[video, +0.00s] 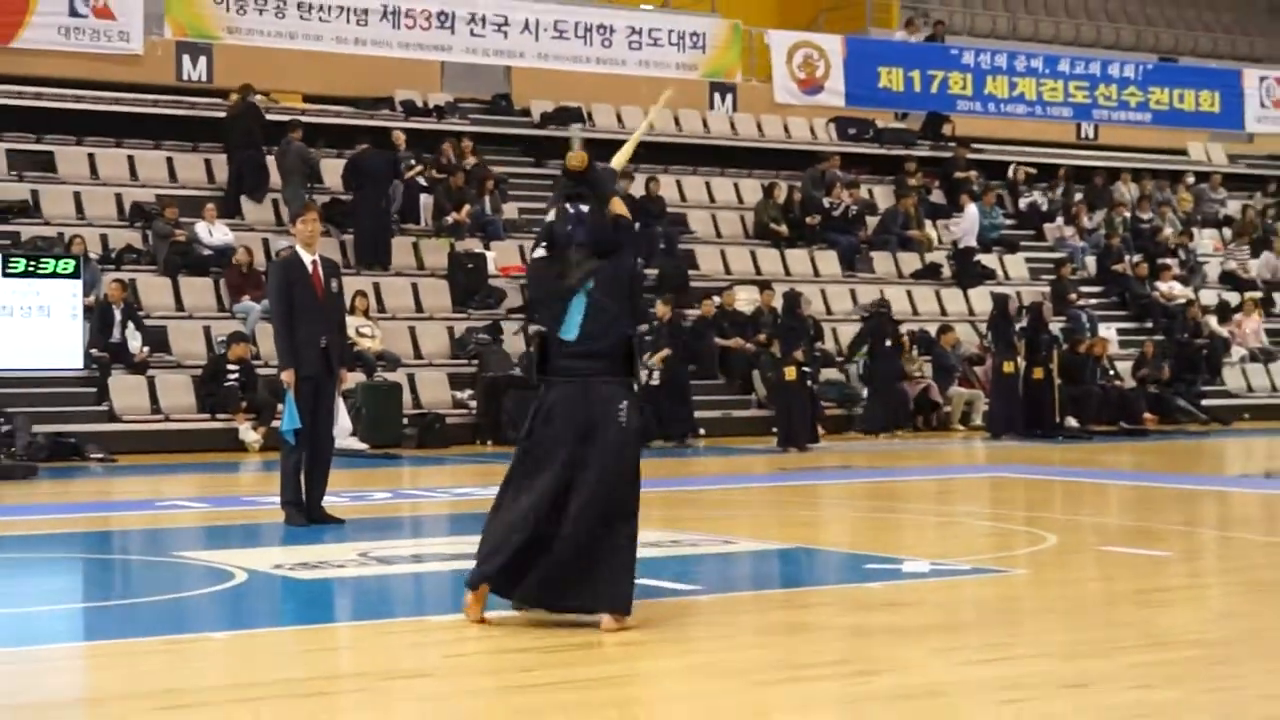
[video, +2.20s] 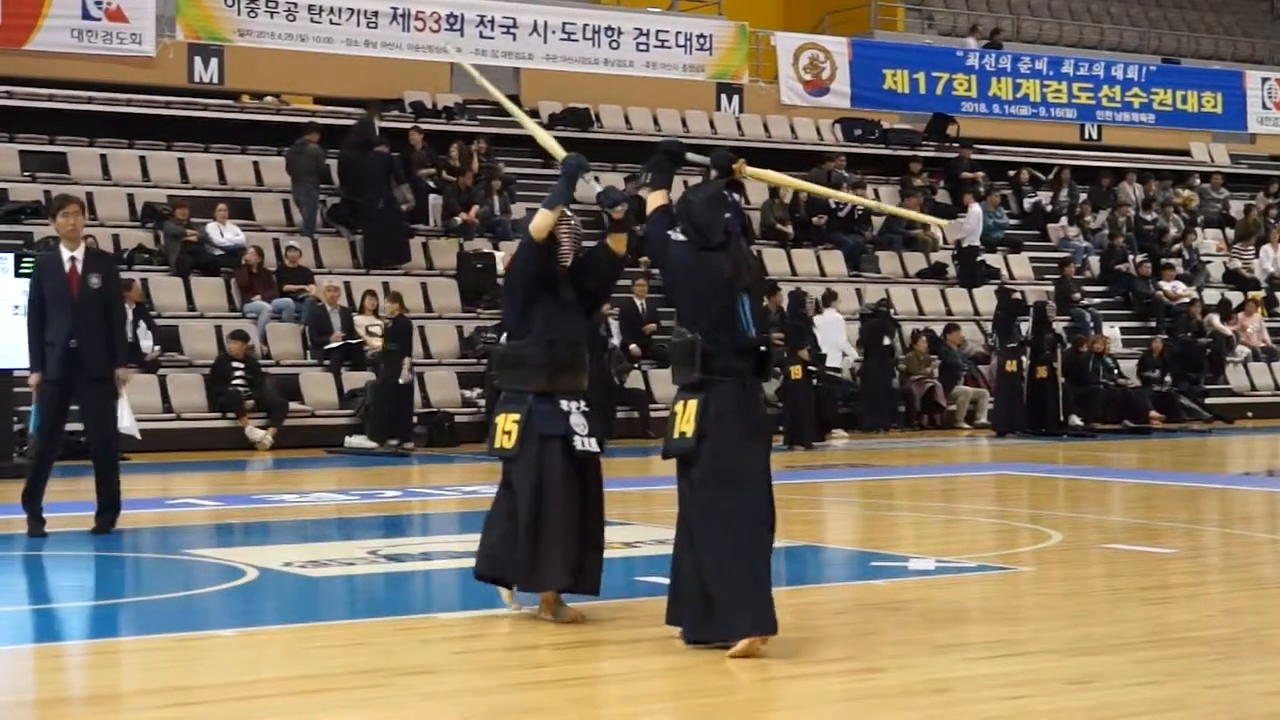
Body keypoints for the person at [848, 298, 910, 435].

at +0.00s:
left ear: (874, 310)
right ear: (887, 310)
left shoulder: (871, 323)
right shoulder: (892, 323)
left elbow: (858, 341)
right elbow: (898, 344)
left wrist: (849, 357)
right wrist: (894, 356)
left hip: (876, 363)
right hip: (892, 363)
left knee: (877, 395)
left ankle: (874, 425)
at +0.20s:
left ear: (881, 312)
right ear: (894, 313)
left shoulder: (872, 328)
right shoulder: (898, 329)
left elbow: (860, 346)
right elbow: (903, 351)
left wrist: (855, 360)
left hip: (877, 367)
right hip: (895, 367)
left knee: (878, 398)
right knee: (896, 398)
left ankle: (878, 427)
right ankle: (894, 428)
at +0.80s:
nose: (908, 316)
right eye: (909, 313)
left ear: (896, 311)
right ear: (909, 313)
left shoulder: (885, 325)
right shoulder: (910, 329)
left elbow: (875, 346)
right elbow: (913, 352)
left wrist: (876, 360)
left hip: (883, 366)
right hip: (900, 367)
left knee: (881, 395)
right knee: (900, 396)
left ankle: (879, 425)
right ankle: (898, 427)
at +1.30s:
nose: (891, 313)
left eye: (889, 310)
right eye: (892, 310)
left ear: (883, 310)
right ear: (896, 311)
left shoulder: (873, 326)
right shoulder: (898, 326)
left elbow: (868, 348)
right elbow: (902, 349)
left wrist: (874, 359)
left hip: (877, 367)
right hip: (894, 367)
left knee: (878, 396)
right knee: (898, 396)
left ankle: (878, 426)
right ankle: (900, 425)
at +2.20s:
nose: (889, 313)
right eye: (888, 310)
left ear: (875, 308)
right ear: (888, 310)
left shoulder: (868, 323)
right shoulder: (890, 323)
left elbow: (861, 343)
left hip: (868, 364)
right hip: (883, 364)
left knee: (869, 395)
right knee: (884, 394)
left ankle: (870, 423)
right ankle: (884, 422)